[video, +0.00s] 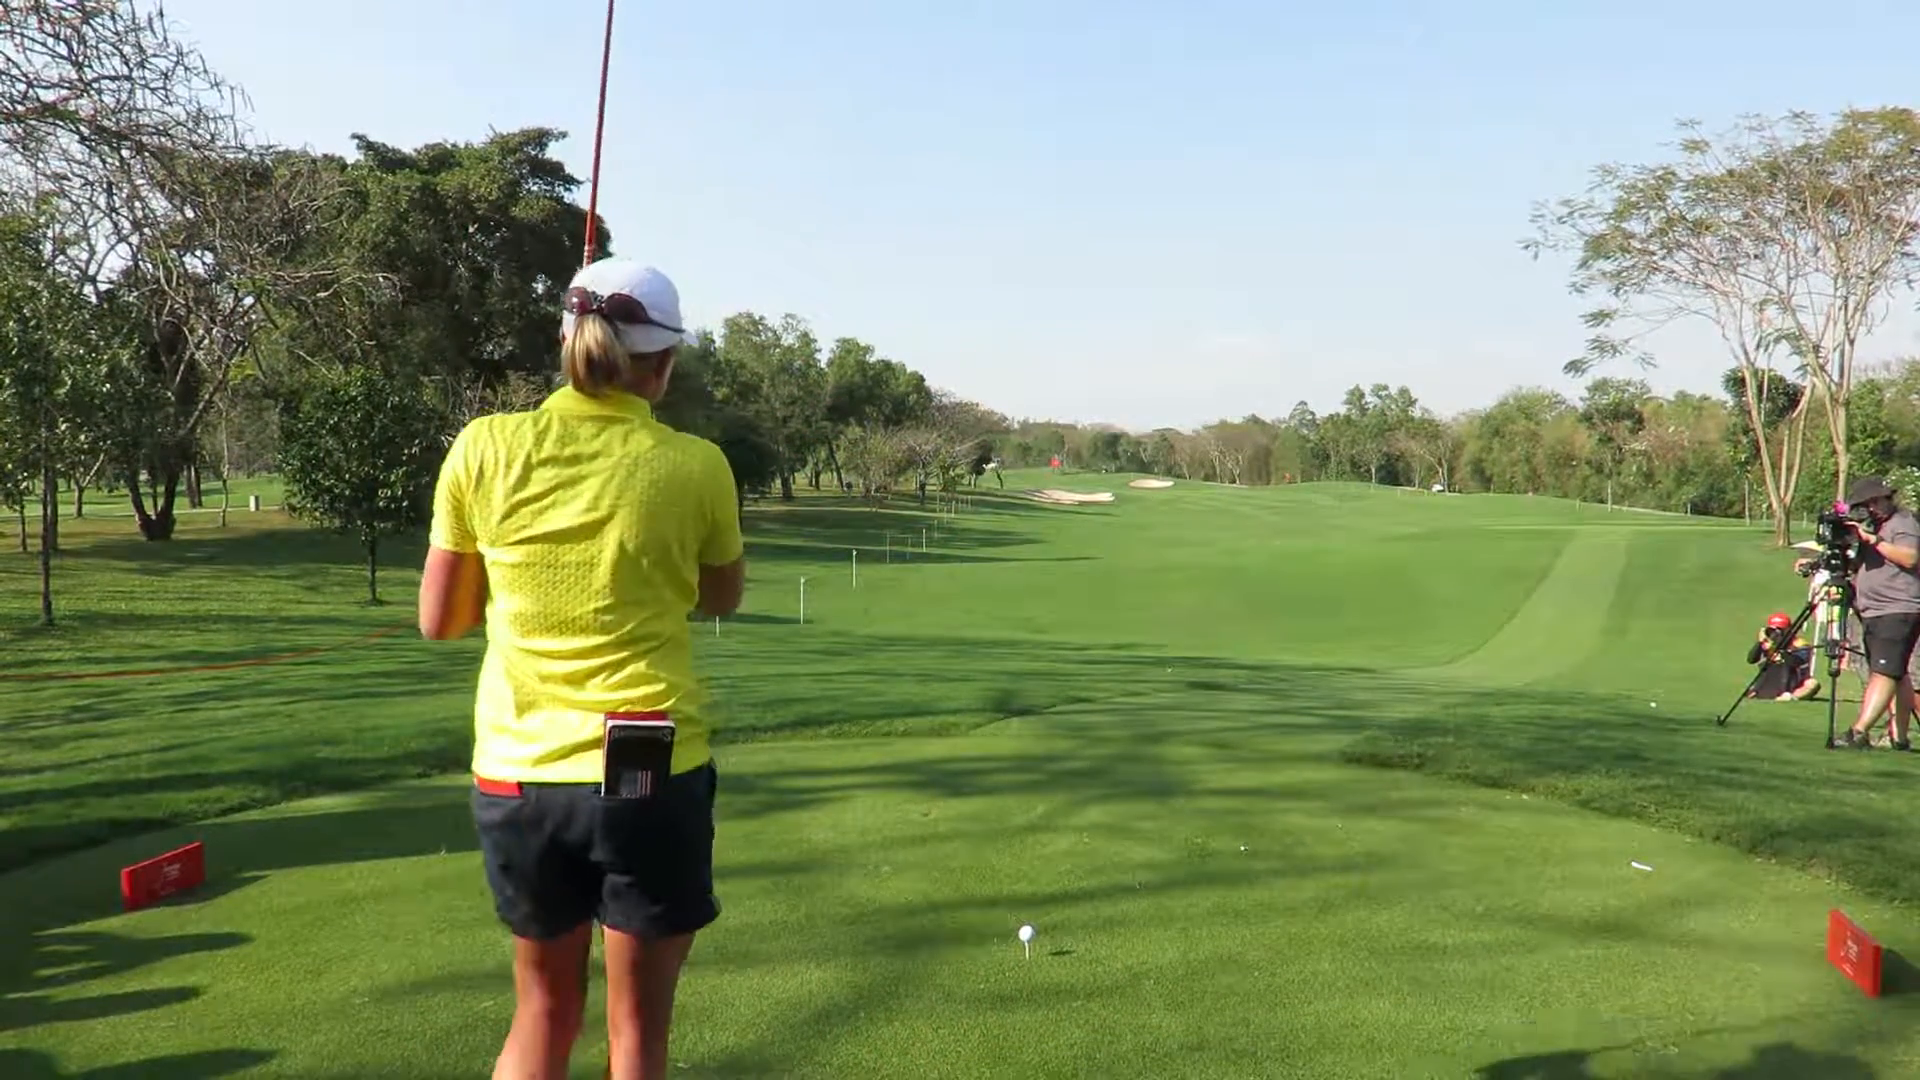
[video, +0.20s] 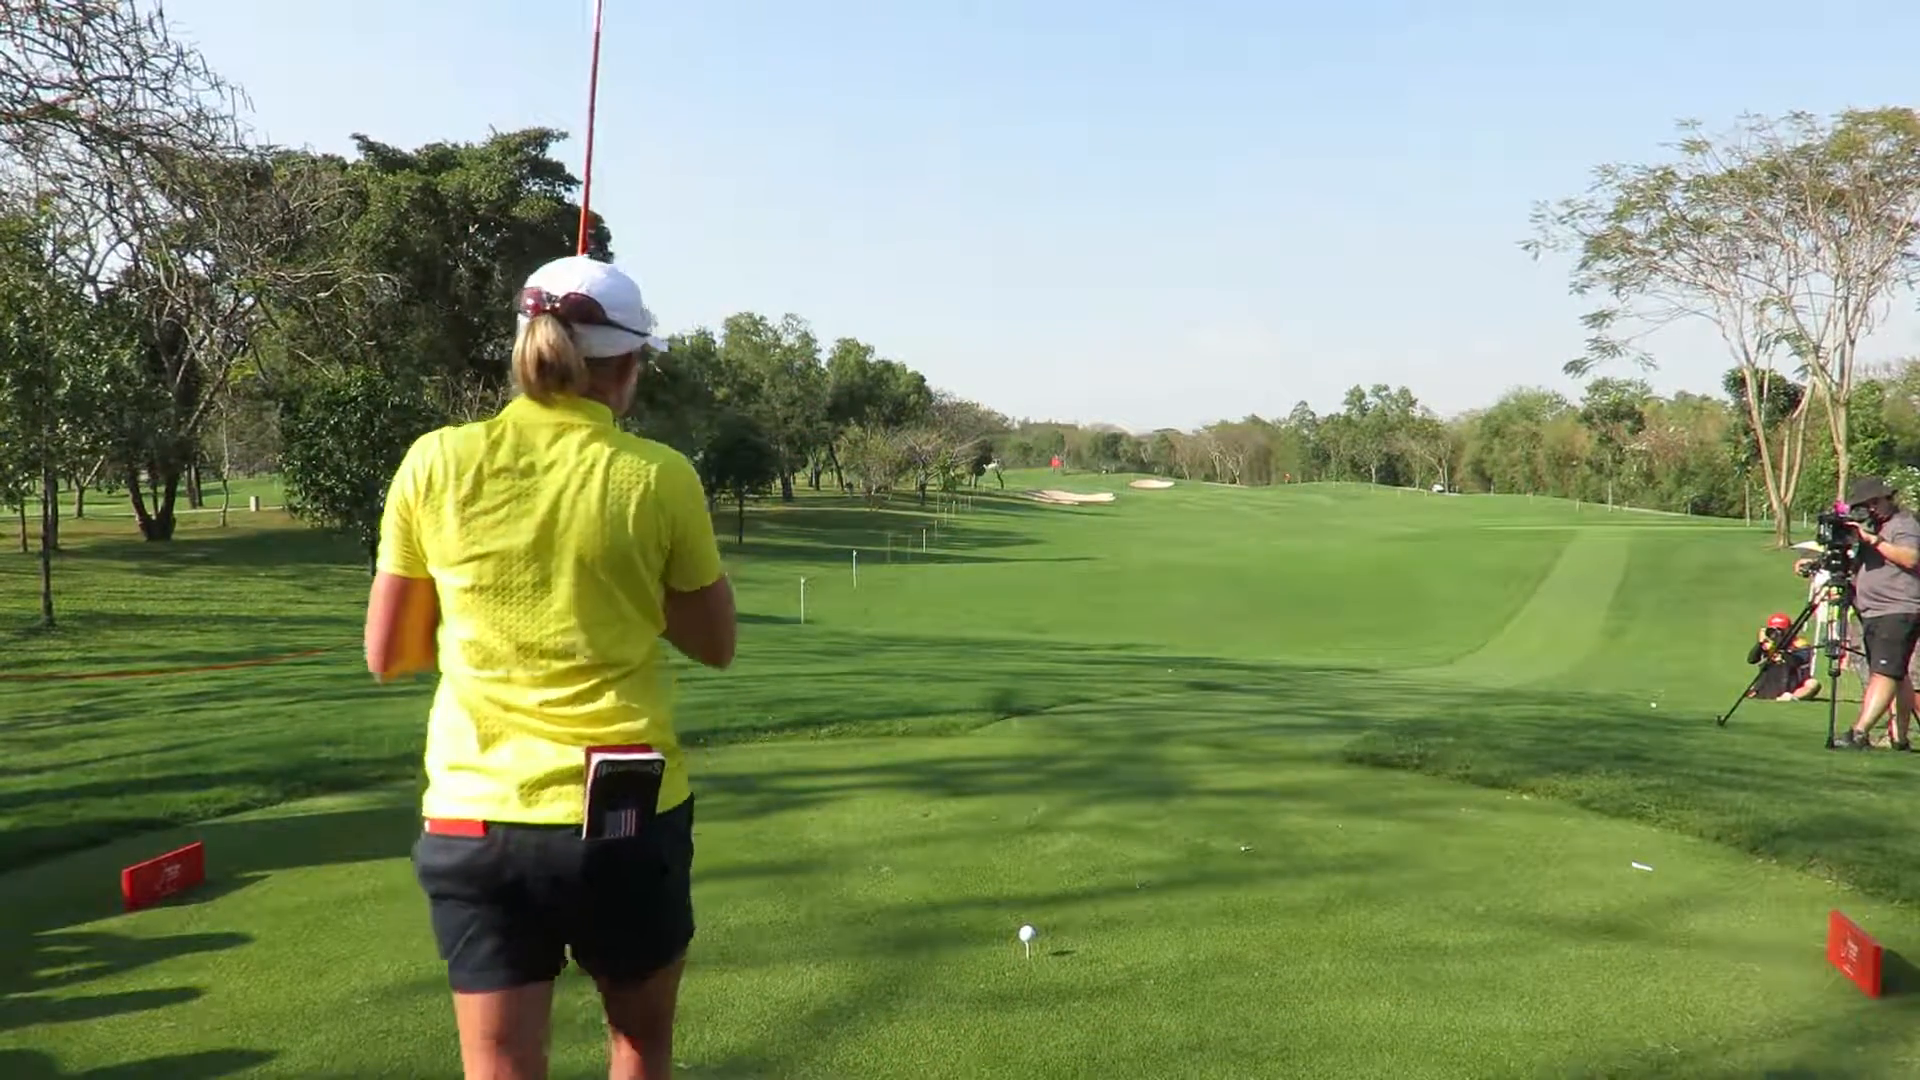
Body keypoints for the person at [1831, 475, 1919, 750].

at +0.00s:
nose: (1869, 511)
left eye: (1872, 504)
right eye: (1865, 507)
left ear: (1885, 500)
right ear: (1864, 508)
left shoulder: (1902, 523)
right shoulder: (1875, 528)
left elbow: (1910, 558)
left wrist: (1872, 541)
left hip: (1899, 609)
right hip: (1875, 610)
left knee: (1884, 670)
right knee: (1895, 675)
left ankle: (1859, 730)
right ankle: (1899, 736)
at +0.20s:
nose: (1869, 511)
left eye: (1872, 504)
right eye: (1865, 507)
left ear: (1887, 499)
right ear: (1864, 508)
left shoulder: (1904, 524)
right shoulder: (1873, 529)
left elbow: (1911, 559)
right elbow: (1859, 566)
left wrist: (1872, 540)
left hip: (1899, 610)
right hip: (1874, 612)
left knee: (1884, 671)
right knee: (1897, 677)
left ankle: (1859, 730)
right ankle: (1899, 737)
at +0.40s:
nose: (1870, 511)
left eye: (1874, 504)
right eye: (1865, 507)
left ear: (1889, 500)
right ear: (1863, 509)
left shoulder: (1903, 524)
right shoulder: (1874, 530)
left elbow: (1911, 559)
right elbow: (1863, 572)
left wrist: (1873, 541)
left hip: (1899, 611)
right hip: (1875, 613)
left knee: (1885, 671)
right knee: (1896, 677)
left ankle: (1859, 731)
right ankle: (1900, 738)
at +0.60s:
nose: (1870, 512)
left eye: (1873, 505)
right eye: (1866, 507)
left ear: (1887, 500)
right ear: (1864, 509)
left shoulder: (1903, 524)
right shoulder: (1875, 530)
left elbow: (1911, 560)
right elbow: (1865, 572)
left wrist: (1874, 541)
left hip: (1899, 611)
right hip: (1876, 613)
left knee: (1885, 672)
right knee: (1897, 678)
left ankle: (1860, 731)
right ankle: (1900, 738)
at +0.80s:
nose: (1865, 512)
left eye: (1869, 505)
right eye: (1862, 507)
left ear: (1884, 501)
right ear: (1864, 509)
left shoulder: (1901, 524)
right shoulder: (1873, 530)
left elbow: (1910, 559)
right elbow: (1860, 570)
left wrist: (1871, 541)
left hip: (1897, 610)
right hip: (1874, 612)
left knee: (1883, 671)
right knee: (1894, 676)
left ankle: (1858, 730)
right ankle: (1898, 736)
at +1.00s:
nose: (1865, 512)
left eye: (1868, 504)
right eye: (1861, 507)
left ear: (1884, 500)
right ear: (1863, 508)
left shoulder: (1902, 523)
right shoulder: (1873, 528)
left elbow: (1909, 559)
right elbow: (1859, 568)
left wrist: (1870, 541)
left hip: (1898, 610)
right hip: (1873, 612)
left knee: (1883, 671)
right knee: (1894, 675)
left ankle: (1857, 730)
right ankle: (1898, 736)